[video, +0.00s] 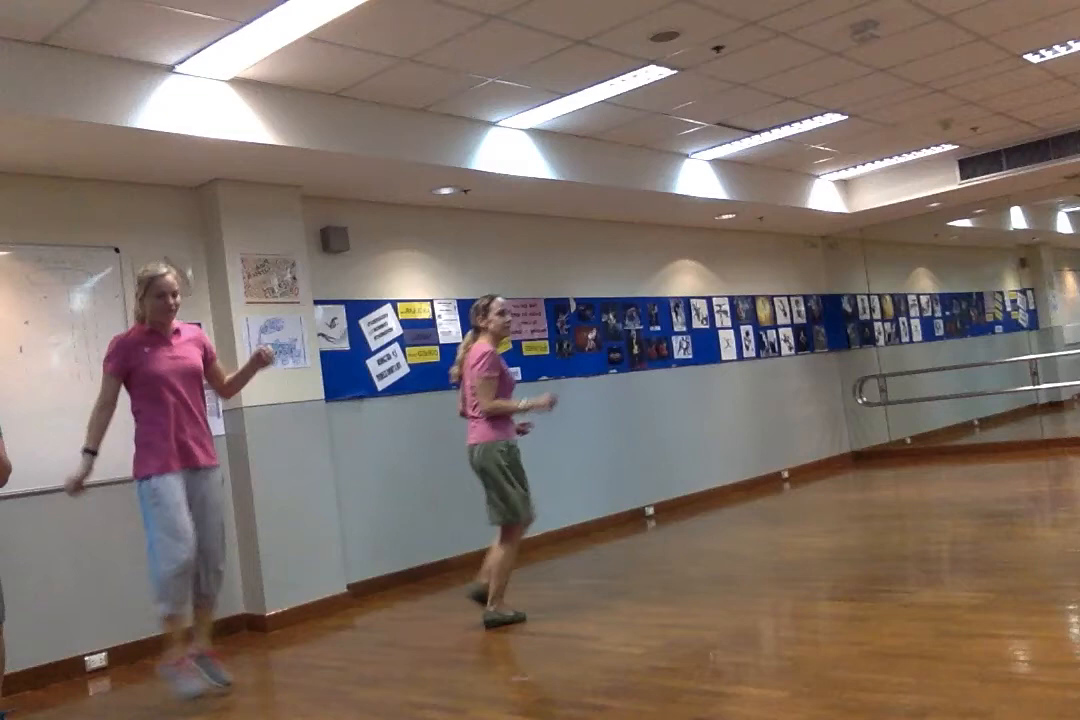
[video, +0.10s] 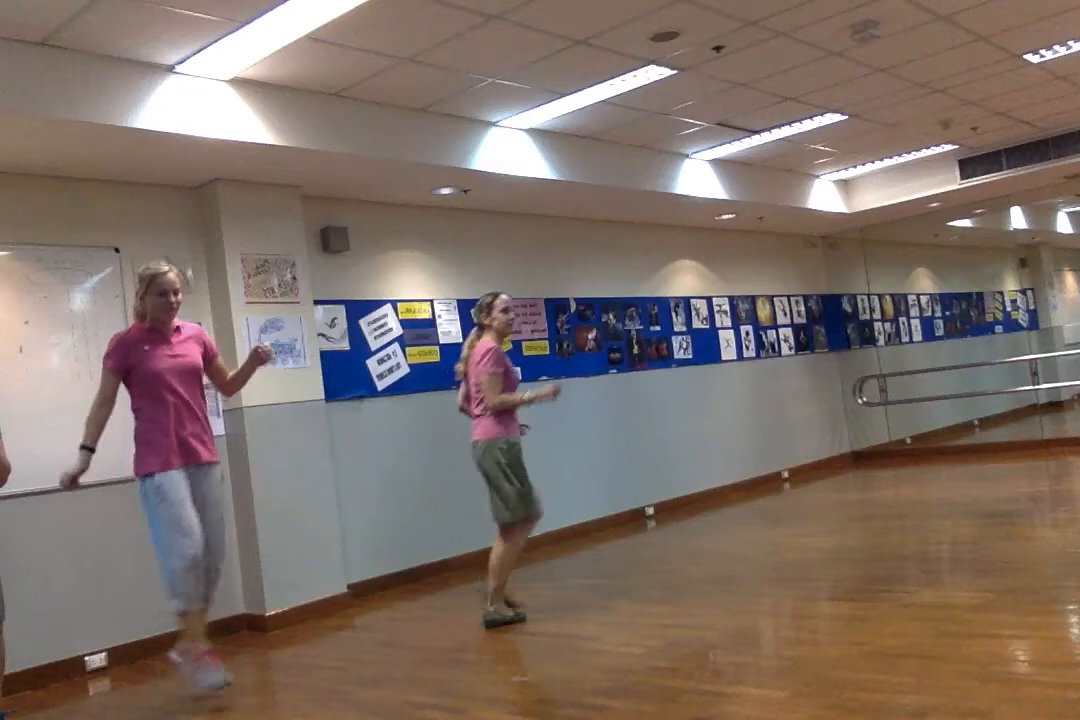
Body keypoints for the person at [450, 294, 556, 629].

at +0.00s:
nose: (508, 319)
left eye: (507, 313)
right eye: (500, 314)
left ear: (492, 322)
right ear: (482, 321)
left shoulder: (474, 353)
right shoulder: (486, 354)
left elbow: (465, 408)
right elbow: (486, 406)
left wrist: (510, 424)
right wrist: (532, 403)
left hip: (485, 444)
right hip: (494, 444)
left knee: (521, 517)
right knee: (513, 526)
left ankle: (484, 581)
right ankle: (495, 607)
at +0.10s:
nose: (511, 316)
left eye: (511, 310)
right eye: (504, 311)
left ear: (495, 319)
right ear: (486, 318)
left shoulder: (478, 350)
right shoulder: (490, 351)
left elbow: (465, 403)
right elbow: (493, 401)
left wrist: (505, 416)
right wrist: (534, 395)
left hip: (491, 442)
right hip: (497, 442)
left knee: (524, 515)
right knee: (516, 522)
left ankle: (496, 588)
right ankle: (495, 604)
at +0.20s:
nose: (511, 316)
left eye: (511, 310)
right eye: (504, 311)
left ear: (495, 319)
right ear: (486, 317)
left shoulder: (478, 350)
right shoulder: (490, 351)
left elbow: (465, 403)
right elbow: (493, 401)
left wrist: (505, 416)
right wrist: (534, 395)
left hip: (491, 442)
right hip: (497, 442)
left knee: (524, 515)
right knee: (516, 522)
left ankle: (496, 588)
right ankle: (495, 604)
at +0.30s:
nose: (511, 316)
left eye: (511, 310)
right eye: (504, 311)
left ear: (495, 319)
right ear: (486, 317)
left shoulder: (478, 350)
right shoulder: (490, 351)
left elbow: (465, 403)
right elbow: (493, 401)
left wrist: (505, 416)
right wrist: (534, 395)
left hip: (491, 442)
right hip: (497, 442)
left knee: (524, 515)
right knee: (516, 522)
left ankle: (496, 588)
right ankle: (495, 604)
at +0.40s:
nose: (511, 316)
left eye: (511, 310)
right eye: (504, 311)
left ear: (495, 319)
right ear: (486, 318)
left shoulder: (478, 350)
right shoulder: (490, 351)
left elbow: (464, 403)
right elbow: (493, 401)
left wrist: (505, 416)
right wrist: (534, 395)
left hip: (490, 442)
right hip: (497, 442)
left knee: (523, 516)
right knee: (517, 521)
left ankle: (497, 589)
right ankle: (495, 604)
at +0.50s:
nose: (511, 316)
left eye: (511, 310)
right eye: (504, 311)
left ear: (495, 319)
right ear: (486, 318)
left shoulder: (478, 350)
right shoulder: (490, 351)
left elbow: (464, 403)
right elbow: (493, 401)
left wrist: (505, 416)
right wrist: (535, 395)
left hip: (490, 442)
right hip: (497, 442)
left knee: (522, 516)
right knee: (518, 520)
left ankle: (497, 588)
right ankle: (495, 604)